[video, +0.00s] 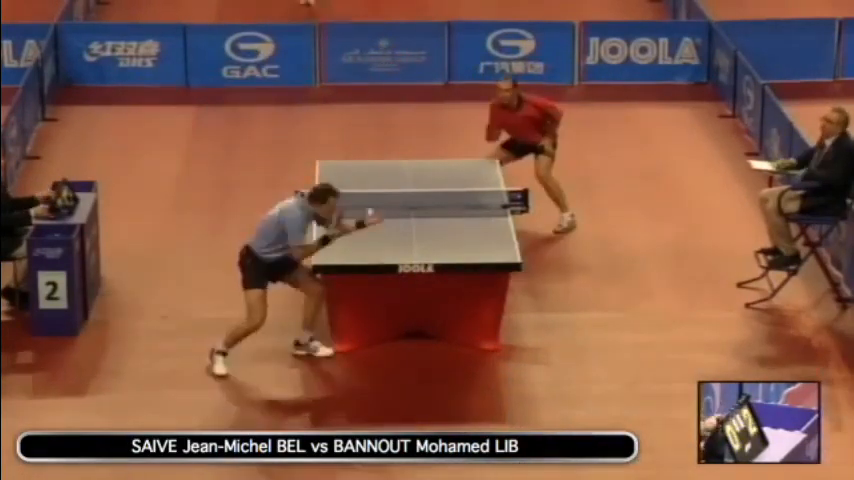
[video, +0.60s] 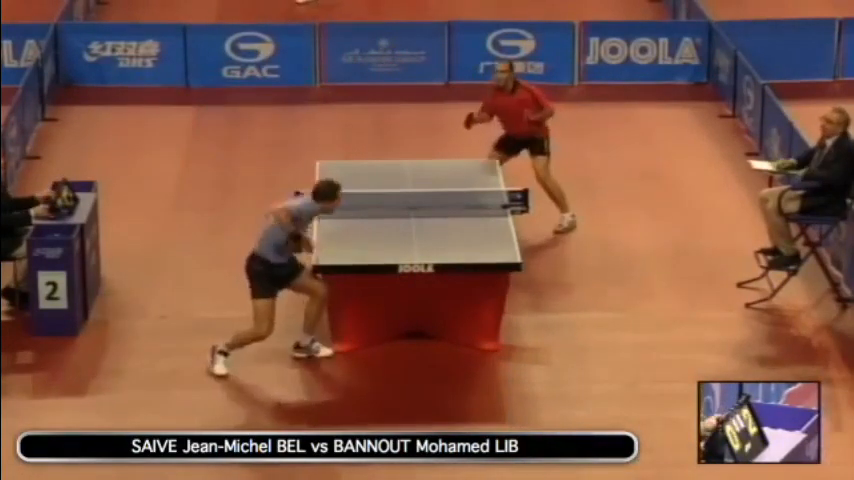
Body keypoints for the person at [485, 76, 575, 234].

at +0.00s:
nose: (503, 95)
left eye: (507, 91)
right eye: (500, 91)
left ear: (515, 90)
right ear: (497, 92)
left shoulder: (533, 103)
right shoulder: (497, 108)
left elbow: (556, 114)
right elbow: (492, 136)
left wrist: (549, 137)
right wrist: (495, 117)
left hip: (543, 140)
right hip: (521, 140)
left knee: (542, 174)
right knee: (489, 164)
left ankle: (566, 214)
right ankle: (494, 209)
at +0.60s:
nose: (498, 76)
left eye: (502, 72)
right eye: (497, 72)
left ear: (511, 74)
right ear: (495, 74)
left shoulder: (528, 92)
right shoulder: (495, 95)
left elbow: (549, 110)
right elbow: (487, 115)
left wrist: (537, 117)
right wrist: (474, 119)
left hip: (536, 136)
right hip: (513, 136)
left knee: (542, 175)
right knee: (489, 166)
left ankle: (567, 215)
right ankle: (490, 211)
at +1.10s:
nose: (485, 74)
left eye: (489, 71)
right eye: (483, 70)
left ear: (499, 69)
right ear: (481, 70)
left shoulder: (513, 87)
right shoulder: (474, 88)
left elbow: (520, 112)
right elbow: (450, 107)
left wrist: (507, 118)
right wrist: (452, 119)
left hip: (507, 139)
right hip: (479, 139)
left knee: (530, 177)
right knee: (466, 175)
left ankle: (540, 216)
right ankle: (463, 218)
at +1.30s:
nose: (475, 99)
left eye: (479, 96)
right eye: (473, 95)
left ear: (487, 97)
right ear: (469, 95)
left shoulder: (494, 113)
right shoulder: (457, 114)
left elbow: (495, 134)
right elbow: (437, 134)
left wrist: (490, 147)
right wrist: (445, 150)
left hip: (487, 157)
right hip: (461, 158)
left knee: (522, 184)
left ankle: (541, 219)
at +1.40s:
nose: (468, 110)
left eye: (472, 106)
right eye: (466, 106)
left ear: (479, 107)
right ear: (461, 106)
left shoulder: (486, 121)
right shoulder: (453, 125)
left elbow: (497, 143)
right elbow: (446, 148)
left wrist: (491, 148)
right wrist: (439, 146)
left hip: (484, 163)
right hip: (457, 164)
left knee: (519, 187)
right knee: (431, 188)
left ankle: (538, 220)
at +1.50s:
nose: (464, 108)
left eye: (469, 104)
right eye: (462, 103)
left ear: (477, 105)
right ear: (458, 103)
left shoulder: (487, 120)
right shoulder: (448, 124)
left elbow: (503, 136)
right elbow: (436, 145)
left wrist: (511, 147)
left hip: (487, 166)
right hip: (456, 166)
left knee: (521, 188)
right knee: (422, 184)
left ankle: (532, 219)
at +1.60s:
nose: (468, 98)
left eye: (471, 95)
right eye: (465, 94)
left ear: (477, 96)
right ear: (460, 95)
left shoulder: (487, 110)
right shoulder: (452, 114)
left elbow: (512, 123)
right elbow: (428, 131)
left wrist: (521, 135)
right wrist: (420, 147)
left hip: (487, 156)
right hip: (459, 158)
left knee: (515, 180)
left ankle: (516, 222)